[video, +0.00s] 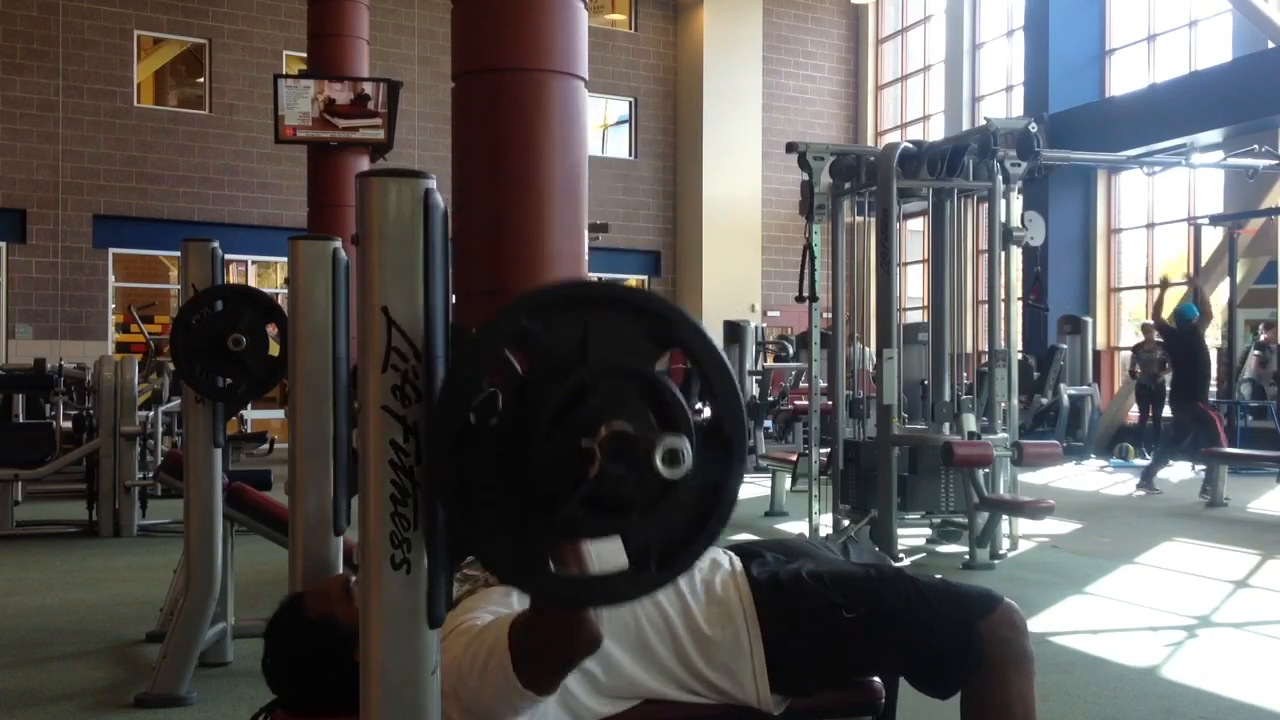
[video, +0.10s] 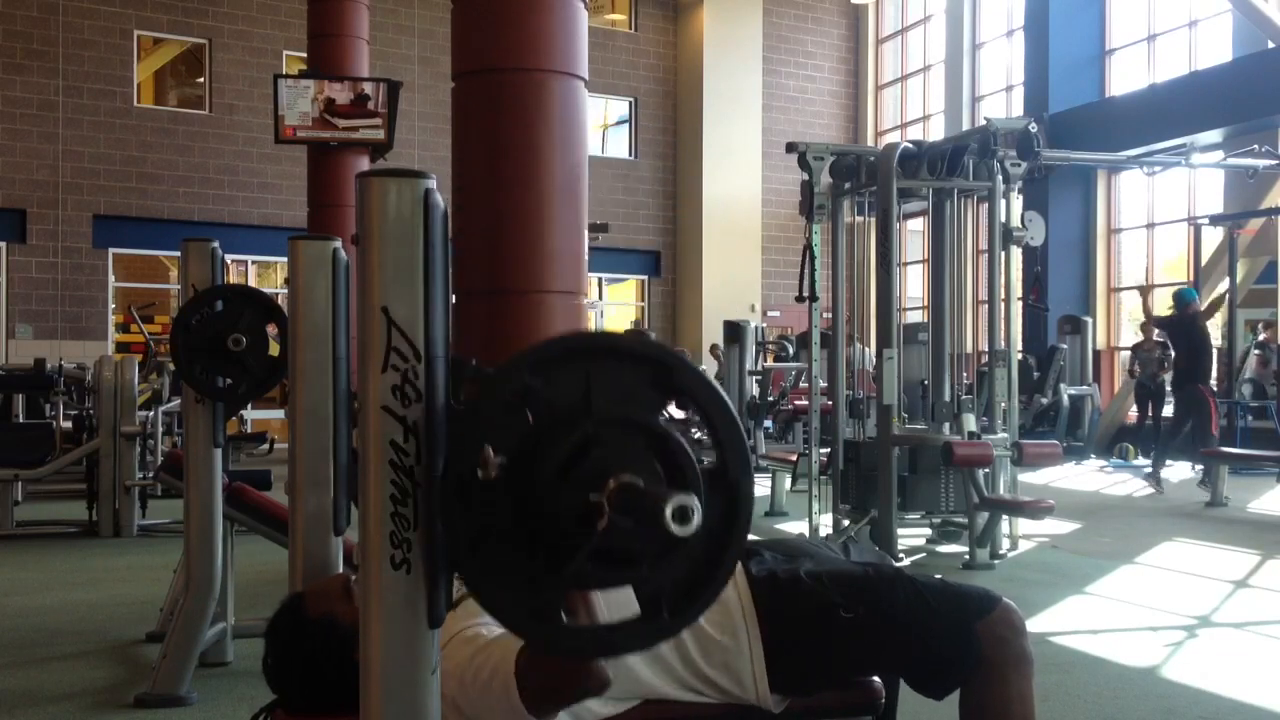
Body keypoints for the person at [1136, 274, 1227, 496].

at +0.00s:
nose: (1199, 319)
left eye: (1197, 316)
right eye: (1198, 316)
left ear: (1176, 320)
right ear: (1194, 320)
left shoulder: (1170, 335)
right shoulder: (1196, 333)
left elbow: (1156, 317)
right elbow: (1207, 311)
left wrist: (1162, 290)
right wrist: (1197, 286)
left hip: (1177, 398)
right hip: (1194, 399)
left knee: (1176, 438)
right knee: (1216, 436)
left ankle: (1147, 478)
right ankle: (1210, 484)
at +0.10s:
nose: (1199, 303)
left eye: (1197, 300)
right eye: (1196, 301)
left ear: (1178, 305)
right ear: (1191, 303)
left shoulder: (1171, 322)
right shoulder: (1196, 319)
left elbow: (1150, 317)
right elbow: (1213, 307)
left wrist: (1145, 296)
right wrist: (1224, 292)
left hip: (1181, 384)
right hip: (1197, 384)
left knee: (1176, 426)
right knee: (1209, 428)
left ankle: (1155, 471)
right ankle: (1209, 475)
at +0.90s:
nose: (1202, 315)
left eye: (1200, 311)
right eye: (1199, 311)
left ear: (1179, 314)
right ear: (1194, 314)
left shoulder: (1171, 330)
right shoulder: (1194, 329)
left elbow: (1158, 308)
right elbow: (1206, 302)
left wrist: (1158, 281)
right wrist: (1202, 277)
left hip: (1177, 394)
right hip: (1194, 395)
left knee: (1176, 438)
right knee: (1214, 435)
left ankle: (1148, 476)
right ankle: (1204, 483)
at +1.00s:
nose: (1201, 321)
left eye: (1198, 316)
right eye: (1198, 317)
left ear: (1178, 319)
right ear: (1194, 319)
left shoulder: (1171, 336)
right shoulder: (1195, 336)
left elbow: (1161, 316)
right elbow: (1207, 314)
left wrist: (1169, 295)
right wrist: (1189, 292)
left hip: (1177, 400)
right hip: (1194, 401)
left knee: (1179, 443)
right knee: (1216, 442)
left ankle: (1148, 478)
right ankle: (1203, 487)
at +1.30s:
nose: (1198, 296)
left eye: (1197, 292)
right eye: (1196, 293)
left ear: (1178, 297)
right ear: (1191, 295)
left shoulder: (1172, 316)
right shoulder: (1198, 315)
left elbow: (1156, 345)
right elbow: (1222, 336)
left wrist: (1141, 367)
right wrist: (1247, 348)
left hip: (1176, 376)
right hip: (1195, 377)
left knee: (1181, 419)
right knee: (1202, 423)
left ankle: (1172, 472)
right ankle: (1193, 471)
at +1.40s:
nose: (1199, 309)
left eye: (1198, 305)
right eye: (1197, 306)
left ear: (1177, 310)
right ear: (1192, 308)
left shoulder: (1169, 332)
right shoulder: (1197, 330)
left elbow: (1168, 363)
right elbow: (1210, 359)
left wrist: (1174, 381)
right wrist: (1230, 383)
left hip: (1175, 389)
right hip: (1194, 390)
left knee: (1188, 432)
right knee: (1200, 433)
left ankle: (1175, 479)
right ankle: (1181, 481)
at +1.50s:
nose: (1200, 320)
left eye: (1198, 317)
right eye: (1198, 317)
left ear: (1179, 323)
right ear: (1193, 320)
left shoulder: (1170, 346)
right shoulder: (1202, 345)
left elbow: (1171, 377)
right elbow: (1209, 378)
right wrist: (1216, 409)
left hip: (1174, 401)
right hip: (1194, 401)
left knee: (1191, 443)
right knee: (1205, 444)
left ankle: (1178, 482)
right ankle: (1178, 482)